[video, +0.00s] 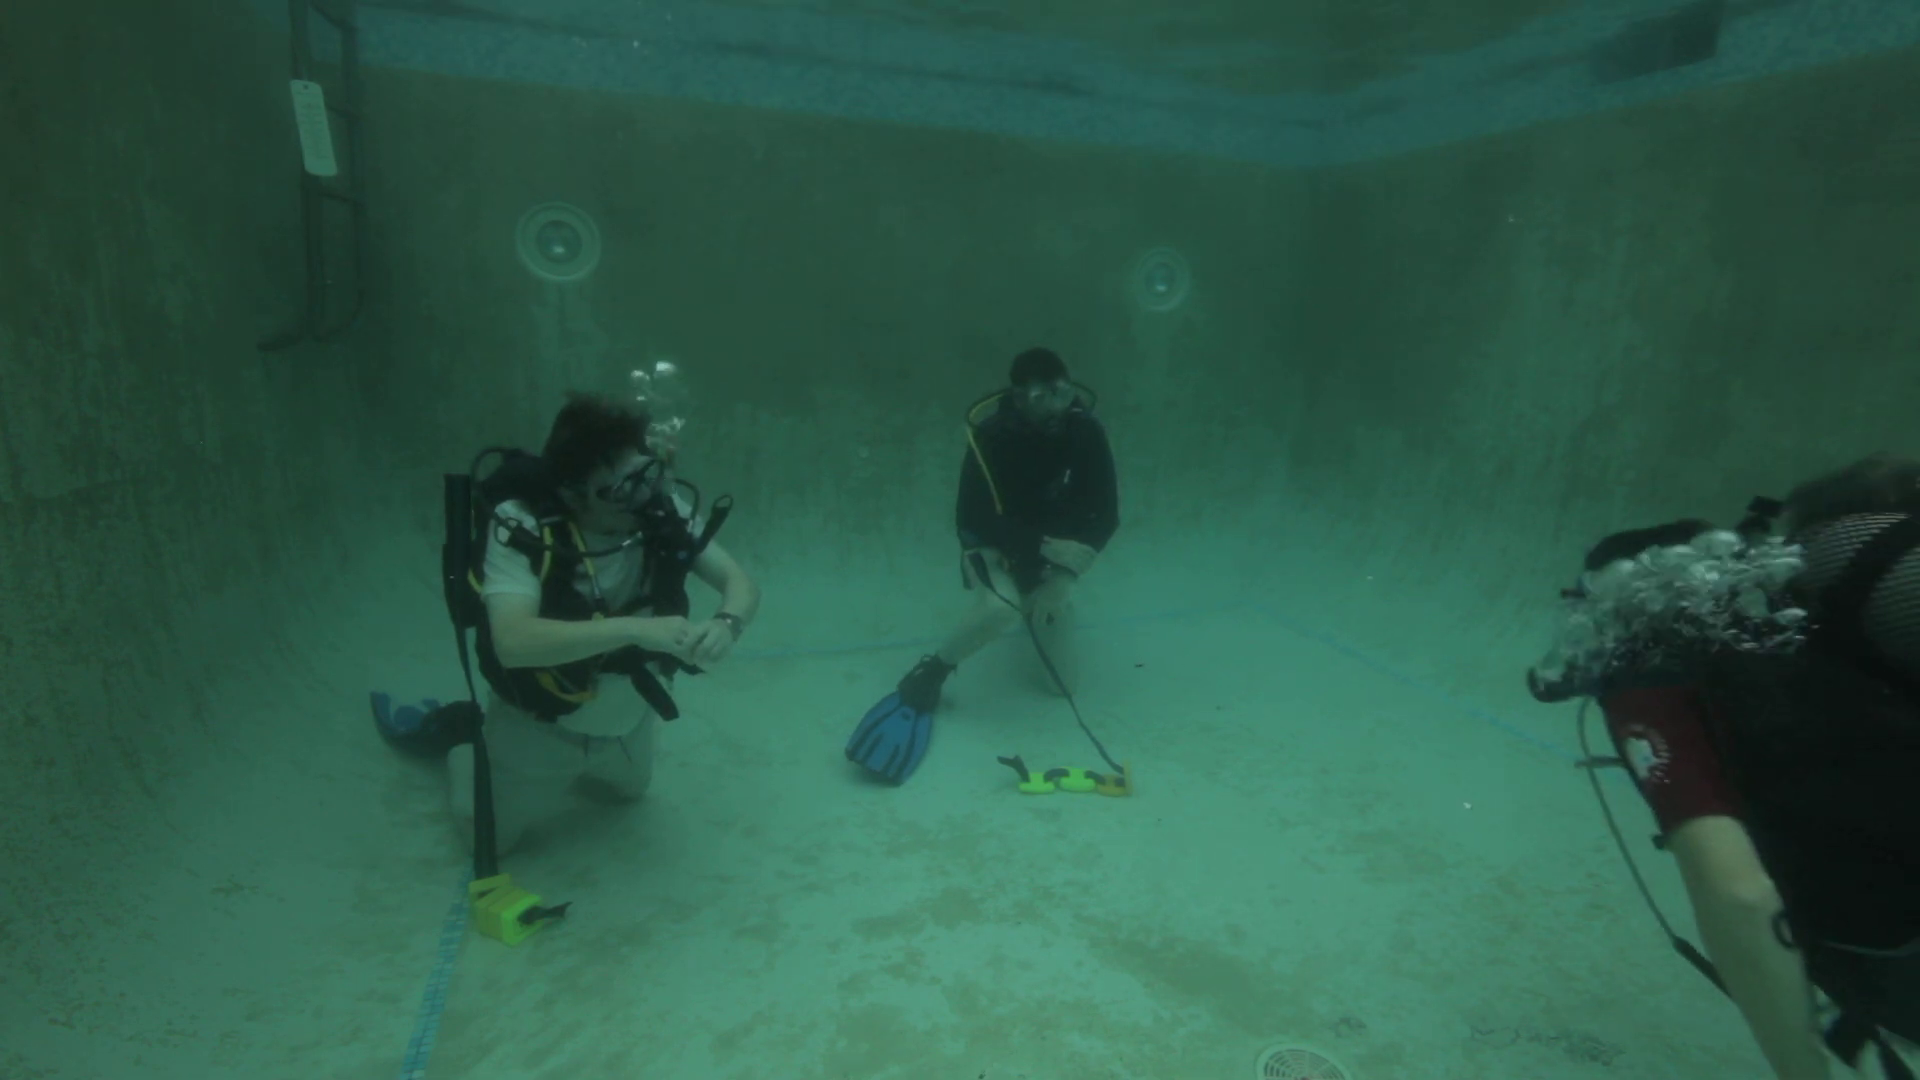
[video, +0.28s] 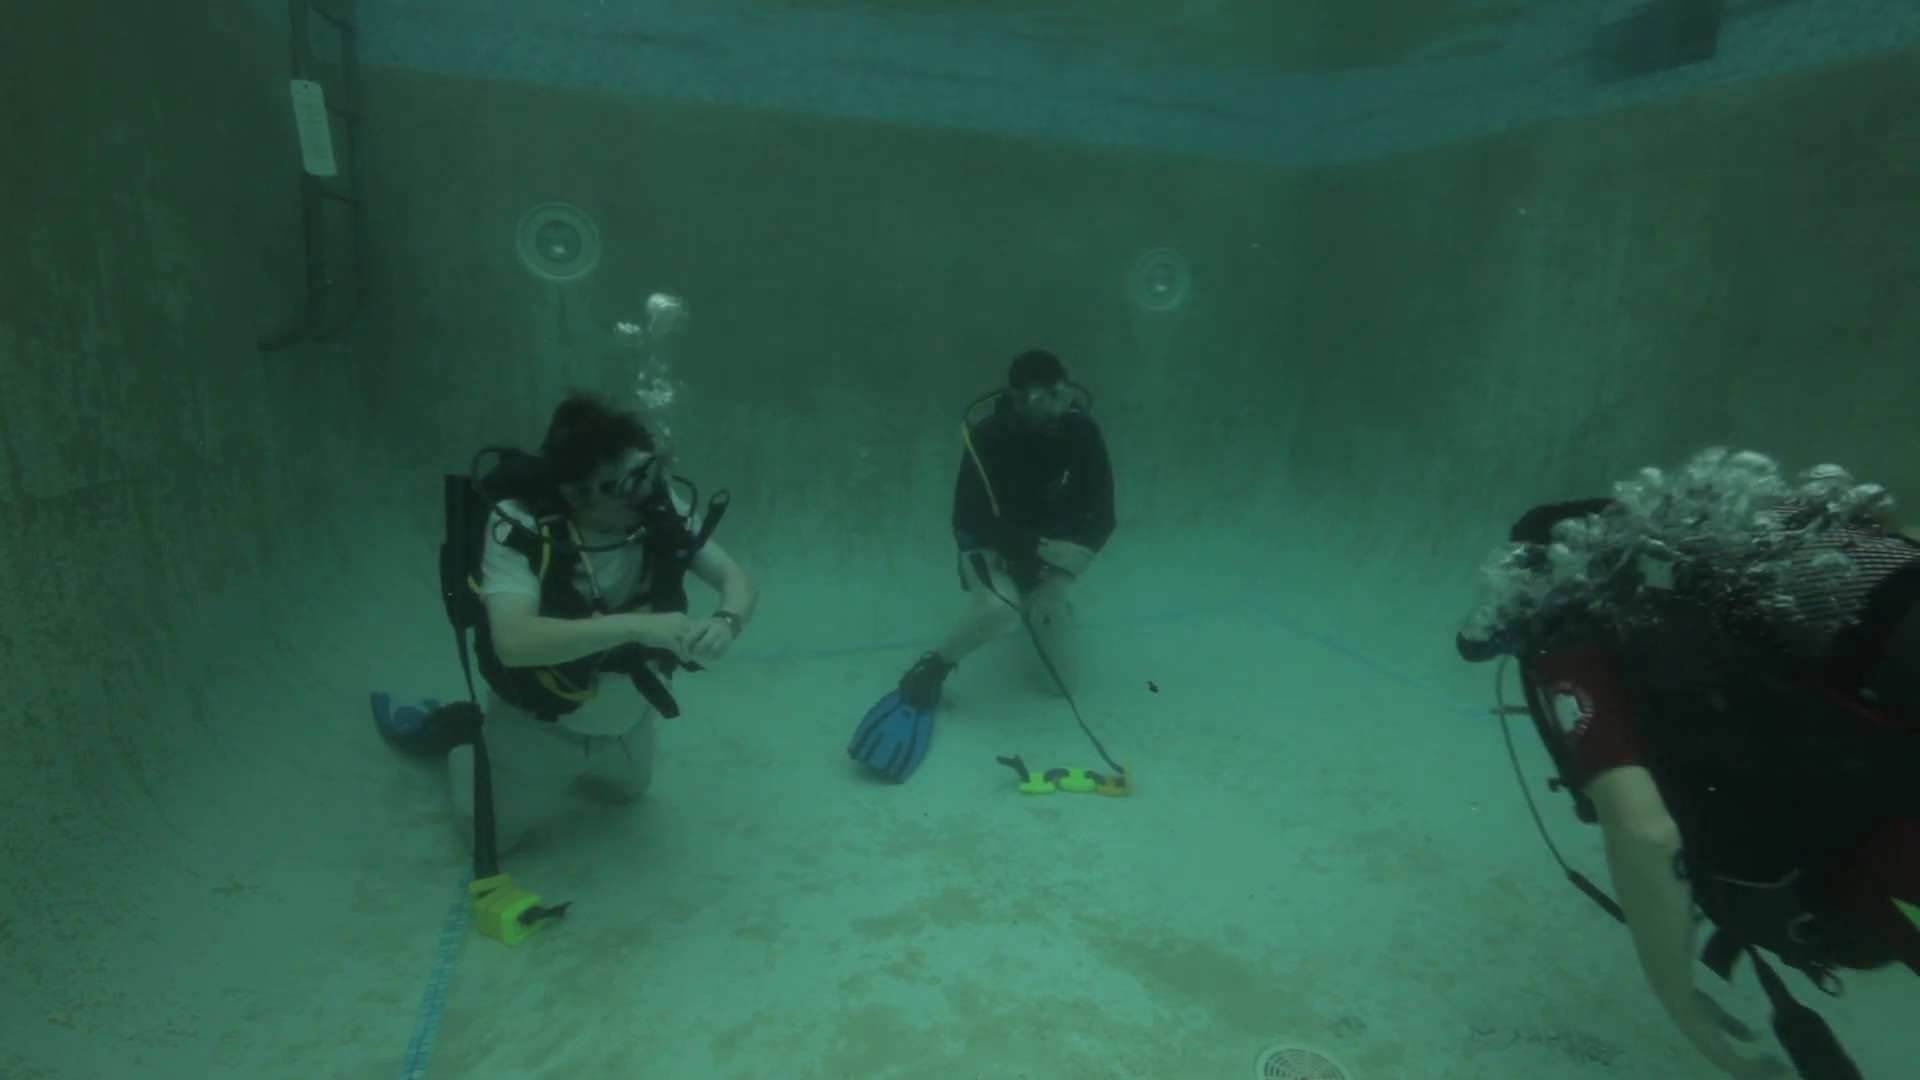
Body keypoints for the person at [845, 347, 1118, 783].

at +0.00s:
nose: (1054, 405)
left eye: (1060, 393)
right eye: (1042, 396)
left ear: (1070, 391)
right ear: (1018, 396)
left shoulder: (1085, 431)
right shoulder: (992, 433)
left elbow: (1105, 513)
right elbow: (976, 517)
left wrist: (1061, 578)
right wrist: (1048, 546)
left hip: (1058, 544)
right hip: (998, 541)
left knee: (1062, 677)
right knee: (1002, 606)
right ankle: (930, 673)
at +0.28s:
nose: (1054, 408)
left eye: (1059, 396)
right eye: (1042, 399)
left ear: (1068, 392)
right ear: (1017, 399)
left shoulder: (1082, 431)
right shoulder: (989, 435)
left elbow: (1101, 514)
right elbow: (974, 519)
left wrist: (1058, 583)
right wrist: (1042, 548)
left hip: (1055, 550)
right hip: (994, 544)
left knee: (1063, 673)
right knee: (1000, 606)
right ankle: (931, 670)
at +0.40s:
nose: (1051, 408)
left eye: (1056, 397)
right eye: (1040, 399)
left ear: (1065, 394)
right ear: (1016, 399)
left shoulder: (1080, 432)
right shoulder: (989, 435)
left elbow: (1100, 514)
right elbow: (972, 519)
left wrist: (1059, 582)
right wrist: (1039, 550)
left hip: (1055, 547)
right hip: (993, 542)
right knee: (1000, 606)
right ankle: (930, 672)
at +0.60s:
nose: (1050, 407)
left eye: (1054, 396)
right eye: (1040, 398)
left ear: (1063, 393)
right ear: (1016, 398)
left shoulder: (1077, 431)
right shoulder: (987, 434)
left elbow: (1098, 512)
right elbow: (973, 520)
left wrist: (1059, 579)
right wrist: (1035, 554)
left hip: (1052, 548)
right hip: (991, 544)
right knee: (998, 607)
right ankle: (930, 673)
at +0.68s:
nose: (1054, 405)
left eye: (1054, 395)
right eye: (1044, 398)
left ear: (1059, 393)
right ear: (1017, 399)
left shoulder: (1076, 432)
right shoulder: (987, 435)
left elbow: (1097, 514)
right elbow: (972, 519)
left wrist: (1056, 582)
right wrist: (1035, 553)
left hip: (1051, 553)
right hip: (991, 547)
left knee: (1064, 678)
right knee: (997, 606)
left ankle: (1049, 608)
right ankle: (931, 673)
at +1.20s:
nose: (1051, 412)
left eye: (1053, 401)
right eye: (1041, 403)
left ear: (1056, 396)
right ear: (1011, 400)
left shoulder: (1069, 432)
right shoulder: (979, 438)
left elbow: (1092, 514)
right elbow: (972, 524)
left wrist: (1053, 582)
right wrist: (1038, 551)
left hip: (1045, 549)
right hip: (984, 546)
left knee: (1061, 678)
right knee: (998, 607)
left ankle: (1047, 605)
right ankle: (932, 672)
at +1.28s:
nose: (1055, 408)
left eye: (1054, 397)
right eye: (1045, 399)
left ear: (1051, 395)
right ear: (1014, 401)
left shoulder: (1068, 431)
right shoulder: (979, 438)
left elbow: (1091, 514)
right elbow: (972, 523)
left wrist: (1053, 579)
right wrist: (1036, 551)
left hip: (1046, 543)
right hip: (985, 541)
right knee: (997, 607)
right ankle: (933, 672)